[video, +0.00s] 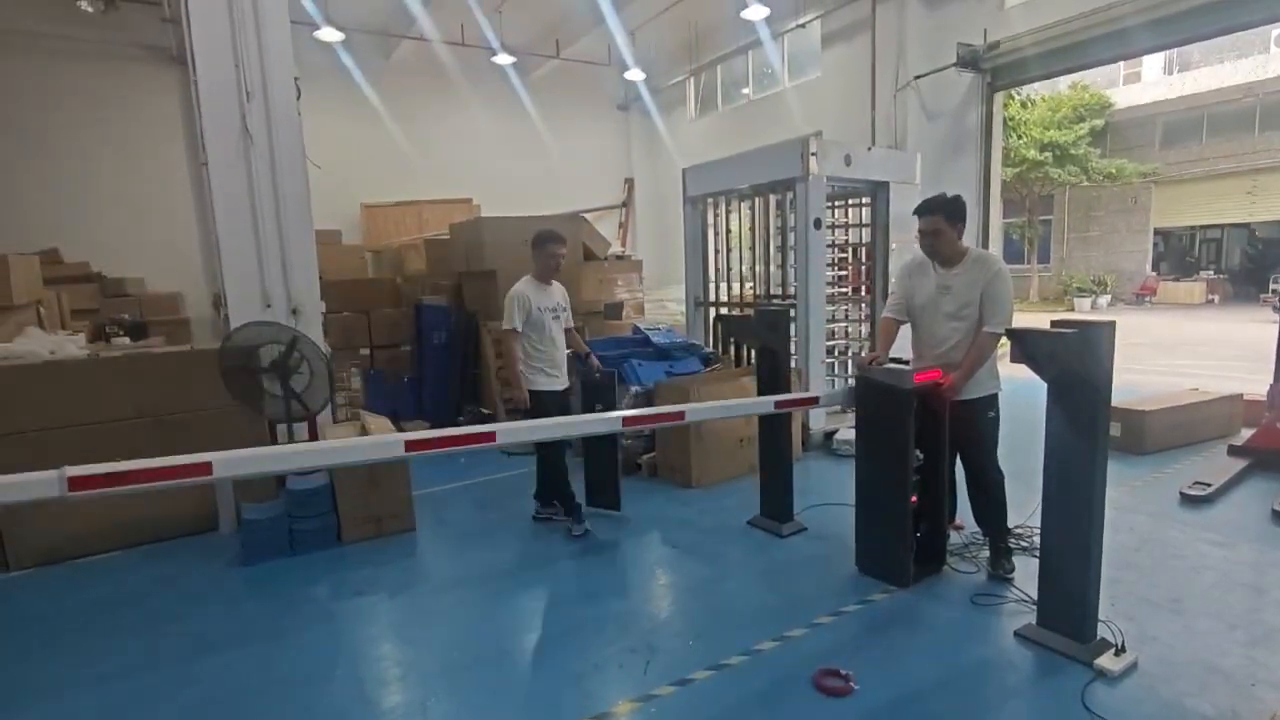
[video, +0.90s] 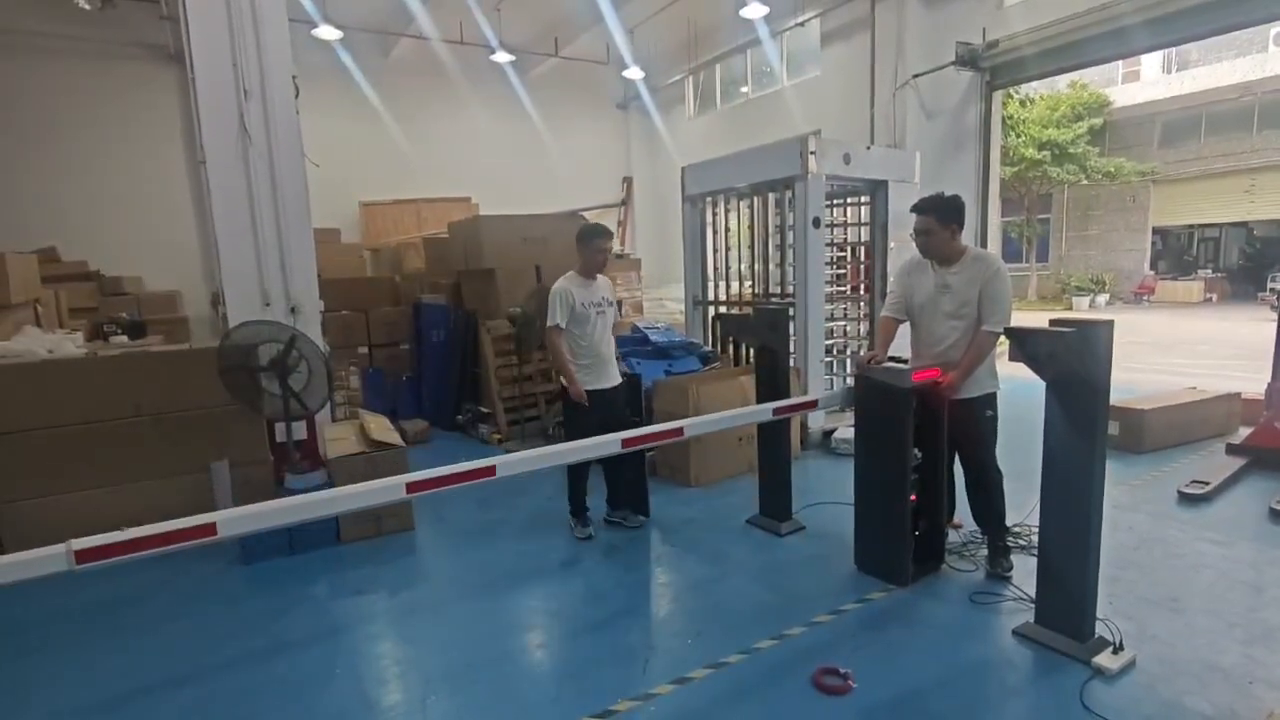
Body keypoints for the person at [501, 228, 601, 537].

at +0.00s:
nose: (560, 263)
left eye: (562, 257)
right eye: (554, 257)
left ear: (563, 258)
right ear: (536, 256)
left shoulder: (560, 291)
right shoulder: (519, 294)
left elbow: (568, 331)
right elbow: (511, 343)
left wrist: (588, 354)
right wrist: (518, 387)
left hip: (561, 383)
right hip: (537, 386)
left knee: (551, 446)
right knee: (554, 448)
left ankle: (544, 504)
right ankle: (573, 512)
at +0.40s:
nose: (577, 263)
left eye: (580, 257)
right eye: (571, 257)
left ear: (582, 256)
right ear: (553, 256)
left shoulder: (579, 288)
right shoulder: (536, 294)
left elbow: (592, 330)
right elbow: (527, 344)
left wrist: (612, 356)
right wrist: (537, 389)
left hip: (586, 386)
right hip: (557, 391)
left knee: (595, 442)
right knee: (565, 452)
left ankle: (560, 492)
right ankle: (579, 514)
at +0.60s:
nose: (590, 260)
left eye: (592, 254)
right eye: (584, 254)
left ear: (589, 254)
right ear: (565, 253)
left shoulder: (589, 286)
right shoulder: (545, 292)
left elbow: (600, 329)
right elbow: (537, 342)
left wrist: (617, 360)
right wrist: (550, 386)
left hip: (597, 386)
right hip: (566, 391)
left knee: (607, 446)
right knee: (569, 456)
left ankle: (600, 503)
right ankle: (577, 514)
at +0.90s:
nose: (607, 257)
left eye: (609, 251)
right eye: (601, 251)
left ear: (608, 251)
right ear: (582, 250)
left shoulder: (605, 285)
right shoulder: (562, 289)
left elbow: (607, 333)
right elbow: (553, 339)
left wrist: (616, 368)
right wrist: (571, 383)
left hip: (612, 386)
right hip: (582, 390)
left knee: (618, 451)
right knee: (581, 455)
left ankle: (617, 509)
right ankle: (579, 514)